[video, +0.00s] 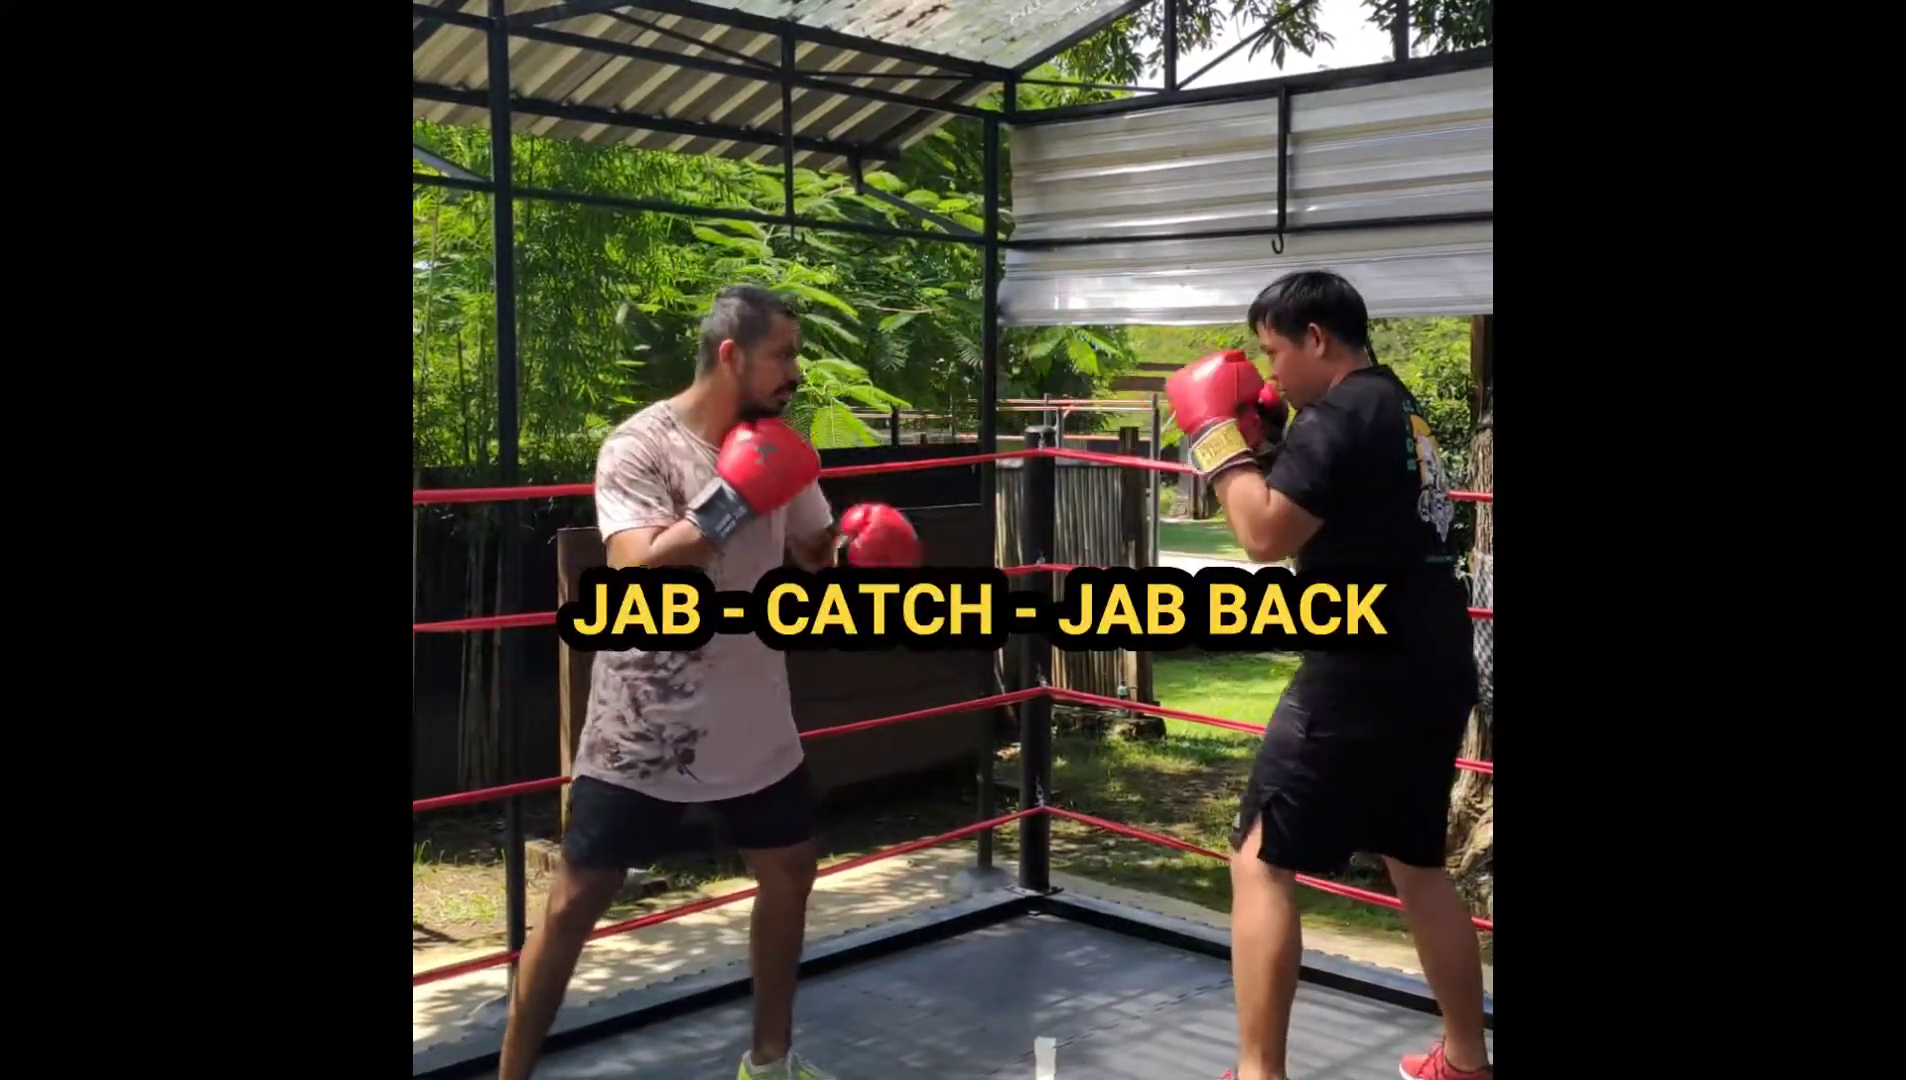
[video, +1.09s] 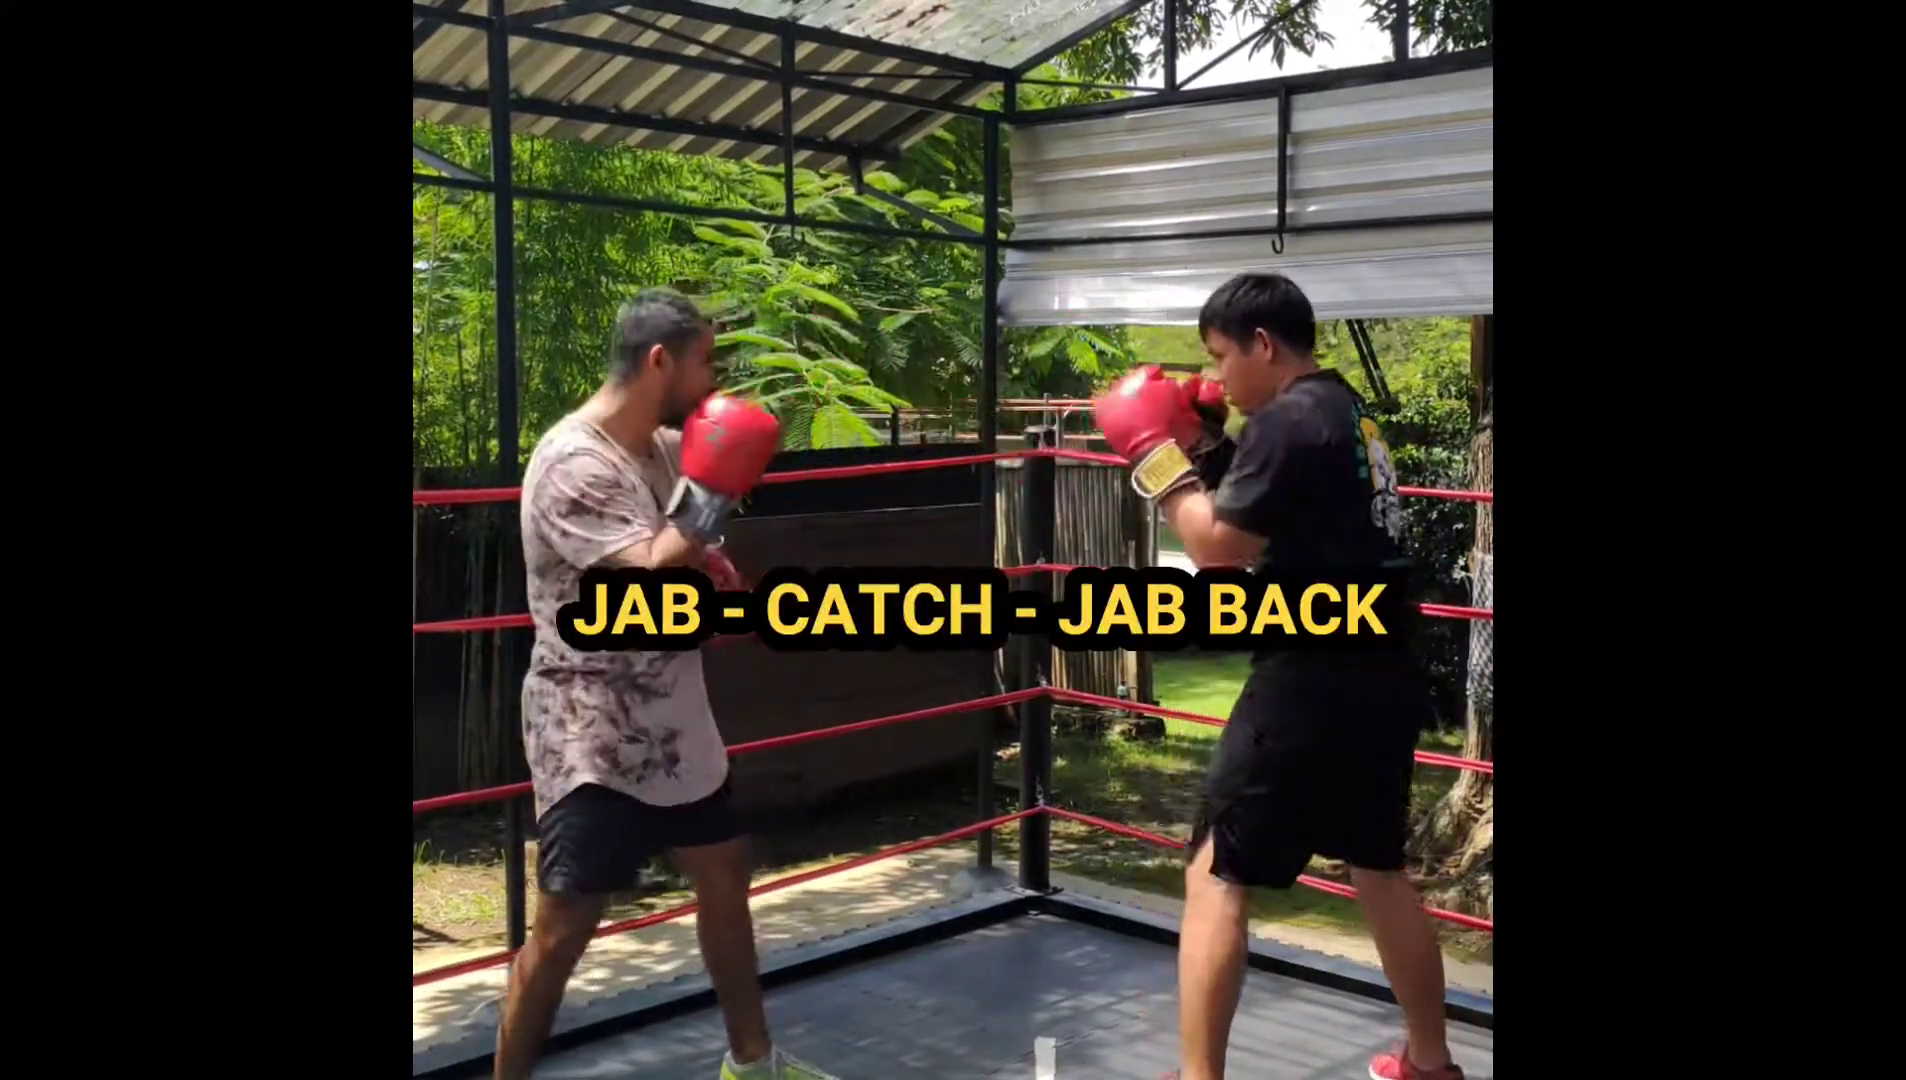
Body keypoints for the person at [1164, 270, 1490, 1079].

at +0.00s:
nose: (1269, 374)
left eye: (1271, 354)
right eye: (1263, 359)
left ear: (1317, 340)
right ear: (1338, 340)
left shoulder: (1342, 415)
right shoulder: (1389, 403)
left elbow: (1266, 532)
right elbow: (1309, 515)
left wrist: (1217, 439)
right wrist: (1260, 435)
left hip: (1358, 668)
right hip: (1434, 667)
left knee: (1260, 858)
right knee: (1419, 861)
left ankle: (1259, 1067)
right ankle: (1467, 1054)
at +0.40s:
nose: (1207, 391)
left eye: (1210, 371)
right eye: (1204, 373)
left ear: (1251, 359)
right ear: (1278, 357)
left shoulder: (1281, 430)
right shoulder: (1341, 423)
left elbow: (1261, 559)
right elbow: (1310, 544)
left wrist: (1172, 500)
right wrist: (1225, 469)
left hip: (1289, 692)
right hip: (1378, 695)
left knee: (1191, 872)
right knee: (1390, 874)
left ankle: (1202, 1071)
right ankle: (1459, 1055)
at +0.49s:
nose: (1183, 377)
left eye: (1183, 358)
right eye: (1180, 359)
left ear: (1221, 349)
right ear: (1267, 344)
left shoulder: (1231, 417)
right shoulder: (1336, 413)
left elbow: (1152, 509)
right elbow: (1282, 505)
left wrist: (1069, 453)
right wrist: (1187, 457)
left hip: (1250, 682)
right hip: (1352, 682)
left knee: (1172, 871)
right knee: (1383, 868)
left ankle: (1170, 1070)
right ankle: (1445, 1049)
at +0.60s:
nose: (1165, 369)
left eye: (1167, 353)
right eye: (1162, 356)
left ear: (1202, 342)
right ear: (1255, 337)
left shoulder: (1206, 407)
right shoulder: (1332, 406)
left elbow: (1051, 435)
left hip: (1233, 684)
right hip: (1343, 682)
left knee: (1171, 875)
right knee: (1374, 867)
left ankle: (1170, 1071)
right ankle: (1428, 1049)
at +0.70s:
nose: (1165, 363)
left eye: (1165, 347)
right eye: (1161, 349)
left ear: (1199, 335)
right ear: (1255, 329)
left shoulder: (1191, 402)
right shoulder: (1336, 402)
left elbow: (1036, 429)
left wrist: (935, 399)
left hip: (1228, 689)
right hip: (1336, 685)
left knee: (1176, 874)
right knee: (1367, 860)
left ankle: (1178, 1071)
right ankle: (1425, 1036)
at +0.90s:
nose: (1183, 364)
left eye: (1184, 344)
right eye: (1180, 344)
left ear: (1220, 335)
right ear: (1261, 335)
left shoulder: (1222, 408)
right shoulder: (1334, 402)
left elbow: (1130, 519)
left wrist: (1036, 456)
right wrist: (1174, 454)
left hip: (1251, 672)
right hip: (1348, 670)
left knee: (1195, 877)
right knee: (1359, 854)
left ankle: (1192, 1071)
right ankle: (1426, 1036)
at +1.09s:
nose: (1215, 377)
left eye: (1217, 359)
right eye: (1209, 363)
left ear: (1264, 346)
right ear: (1290, 347)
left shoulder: (1288, 420)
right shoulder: (1341, 408)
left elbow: (1218, 545)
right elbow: (1279, 518)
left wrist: (1152, 454)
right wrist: (1210, 446)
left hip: (1306, 674)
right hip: (1384, 674)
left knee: (1216, 869)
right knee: (1381, 868)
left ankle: (1200, 1069)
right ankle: (1430, 1059)